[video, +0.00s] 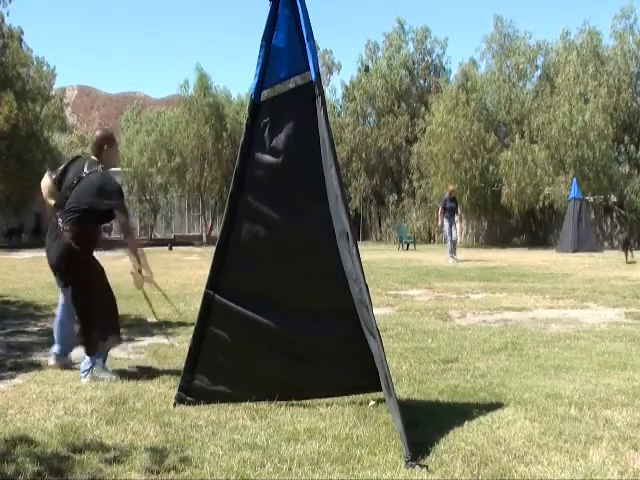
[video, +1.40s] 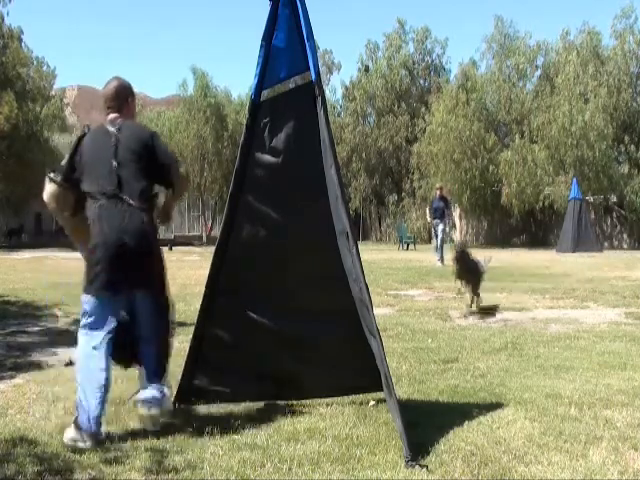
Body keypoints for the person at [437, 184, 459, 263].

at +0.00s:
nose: (453, 194)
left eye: (453, 192)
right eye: (451, 192)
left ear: (454, 192)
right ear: (449, 192)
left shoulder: (454, 199)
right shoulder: (445, 200)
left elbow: (456, 209)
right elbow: (440, 211)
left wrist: (458, 215)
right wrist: (440, 221)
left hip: (453, 217)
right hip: (446, 218)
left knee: (454, 237)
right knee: (449, 237)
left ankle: (453, 253)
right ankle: (450, 254)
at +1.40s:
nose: (439, 192)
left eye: (440, 190)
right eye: (437, 190)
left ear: (442, 191)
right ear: (436, 191)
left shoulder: (445, 200)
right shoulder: (433, 200)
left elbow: (448, 210)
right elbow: (430, 209)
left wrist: (449, 219)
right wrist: (430, 217)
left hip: (442, 220)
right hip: (434, 220)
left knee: (440, 239)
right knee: (436, 238)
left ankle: (440, 258)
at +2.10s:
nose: (425, 188)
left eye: (426, 186)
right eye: (423, 186)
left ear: (429, 186)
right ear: (421, 187)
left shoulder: (432, 196)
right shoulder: (419, 197)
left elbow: (436, 208)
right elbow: (416, 208)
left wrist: (438, 218)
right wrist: (416, 218)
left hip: (431, 219)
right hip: (422, 219)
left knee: (430, 239)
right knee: (424, 240)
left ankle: (430, 260)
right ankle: (427, 259)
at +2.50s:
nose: (420, 188)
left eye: (421, 185)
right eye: (418, 186)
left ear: (423, 186)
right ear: (416, 187)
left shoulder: (427, 197)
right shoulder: (413, 197)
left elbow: (430, 211)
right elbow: (410, 210)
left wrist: (432, 223)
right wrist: (410, 221)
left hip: (425, 221)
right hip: (416, 221)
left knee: (425, 244)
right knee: (415, 243)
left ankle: (426, 264)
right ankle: (417, 263)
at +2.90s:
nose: (407, 187)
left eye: (409, 185)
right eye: (405, 185)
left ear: (412, 185)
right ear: (404, 186)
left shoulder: (417, 196)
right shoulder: (402, 196)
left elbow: (420, 210)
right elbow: (399, 209)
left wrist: (418, 221)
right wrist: (396, 221)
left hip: (414, 221)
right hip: (405, 220)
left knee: (414, 244)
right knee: (407, 245)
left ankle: (419, 261)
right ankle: (410, 265)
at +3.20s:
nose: (401, 186)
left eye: (402, 184)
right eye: (399, 184)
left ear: (405, 185)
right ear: (397, 186)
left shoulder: (410, 196)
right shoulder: (394, 197)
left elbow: (416, 207)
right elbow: (391, 207)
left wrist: (420, 218)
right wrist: (391, 215)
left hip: (407, 220)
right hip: (397, 220)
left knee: (404, 244)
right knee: (403, 244)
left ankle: (404, 265)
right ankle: (409, 263)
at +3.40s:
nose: (395, 184)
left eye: (397, 182)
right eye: (394, 182)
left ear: (401, 182)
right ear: (392, 183)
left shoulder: (405, 194)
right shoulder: (390, 195)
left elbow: (410, 208)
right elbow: (388, 207)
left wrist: (412, 220)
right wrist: (387, 219)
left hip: (403, 220)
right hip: (394, 220)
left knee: (402, 244)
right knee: (392, 243)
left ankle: (403, 267)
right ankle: (399, 263)